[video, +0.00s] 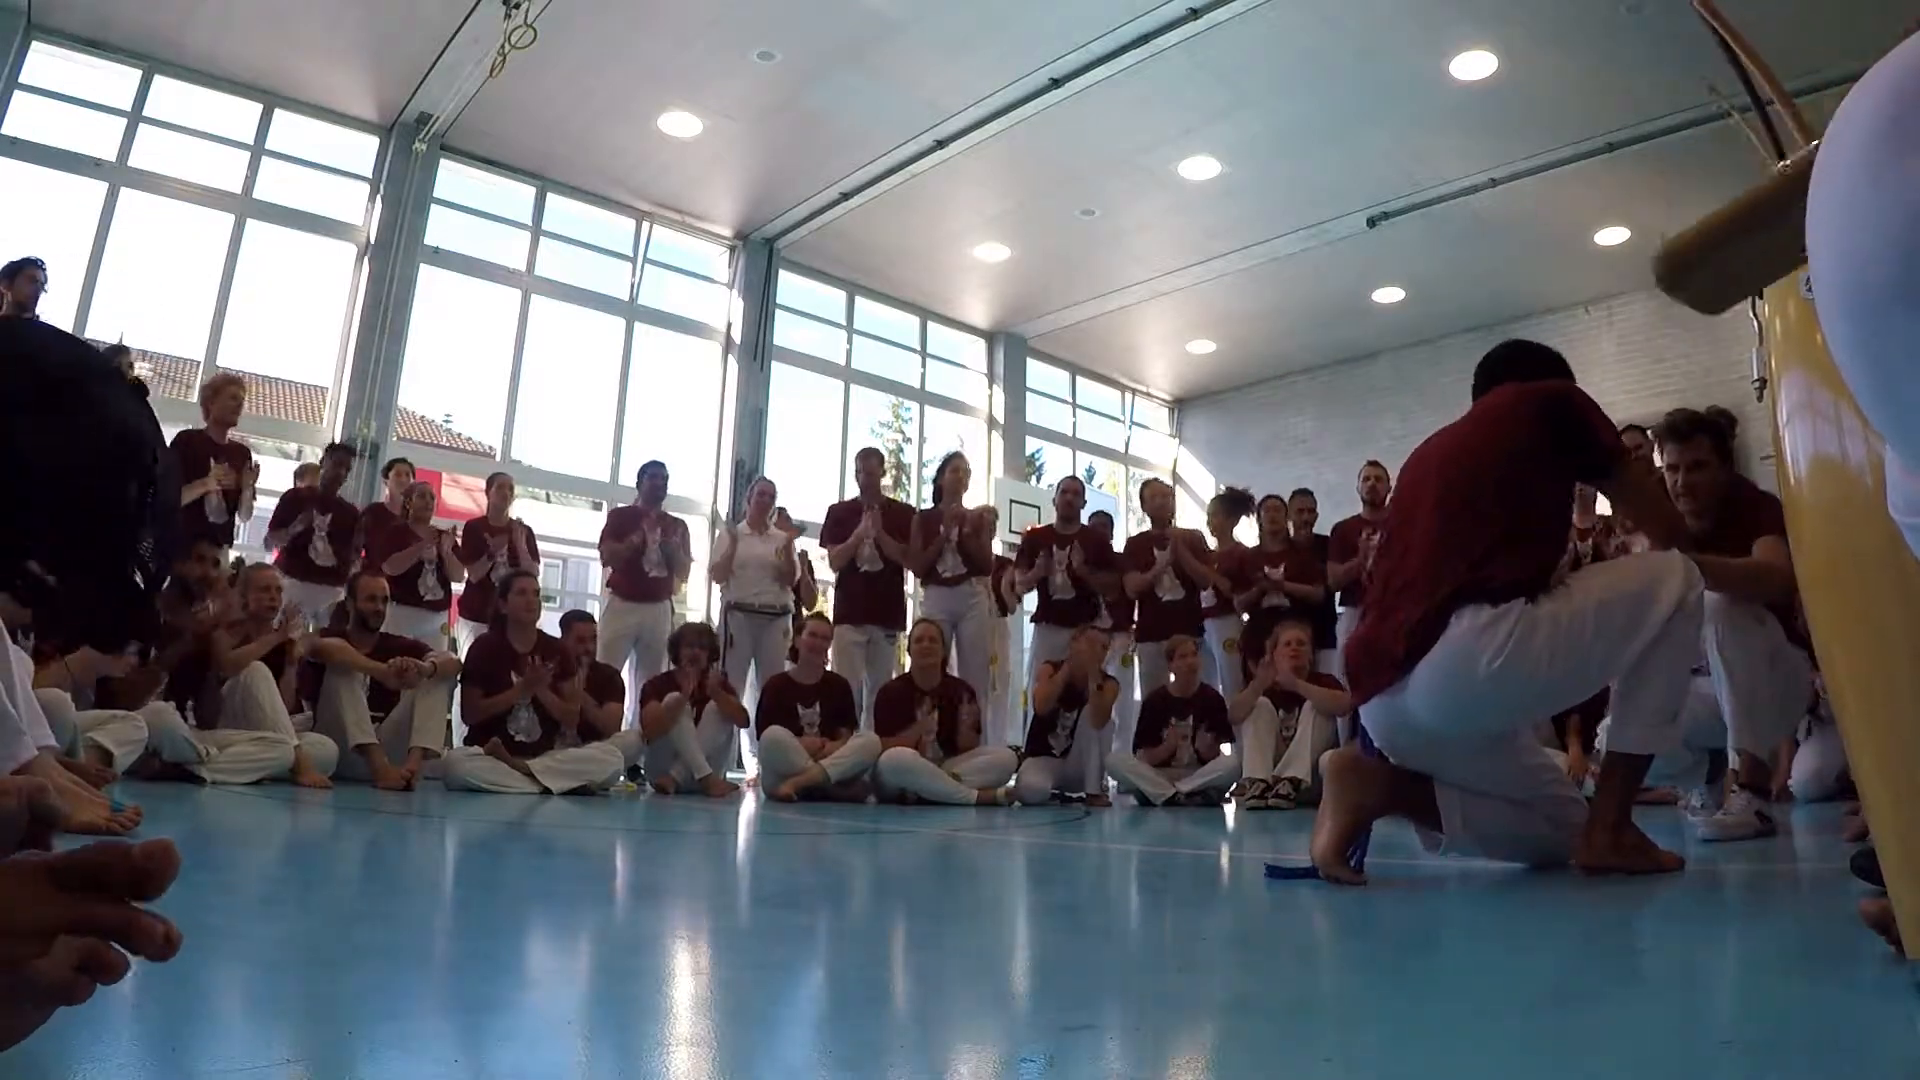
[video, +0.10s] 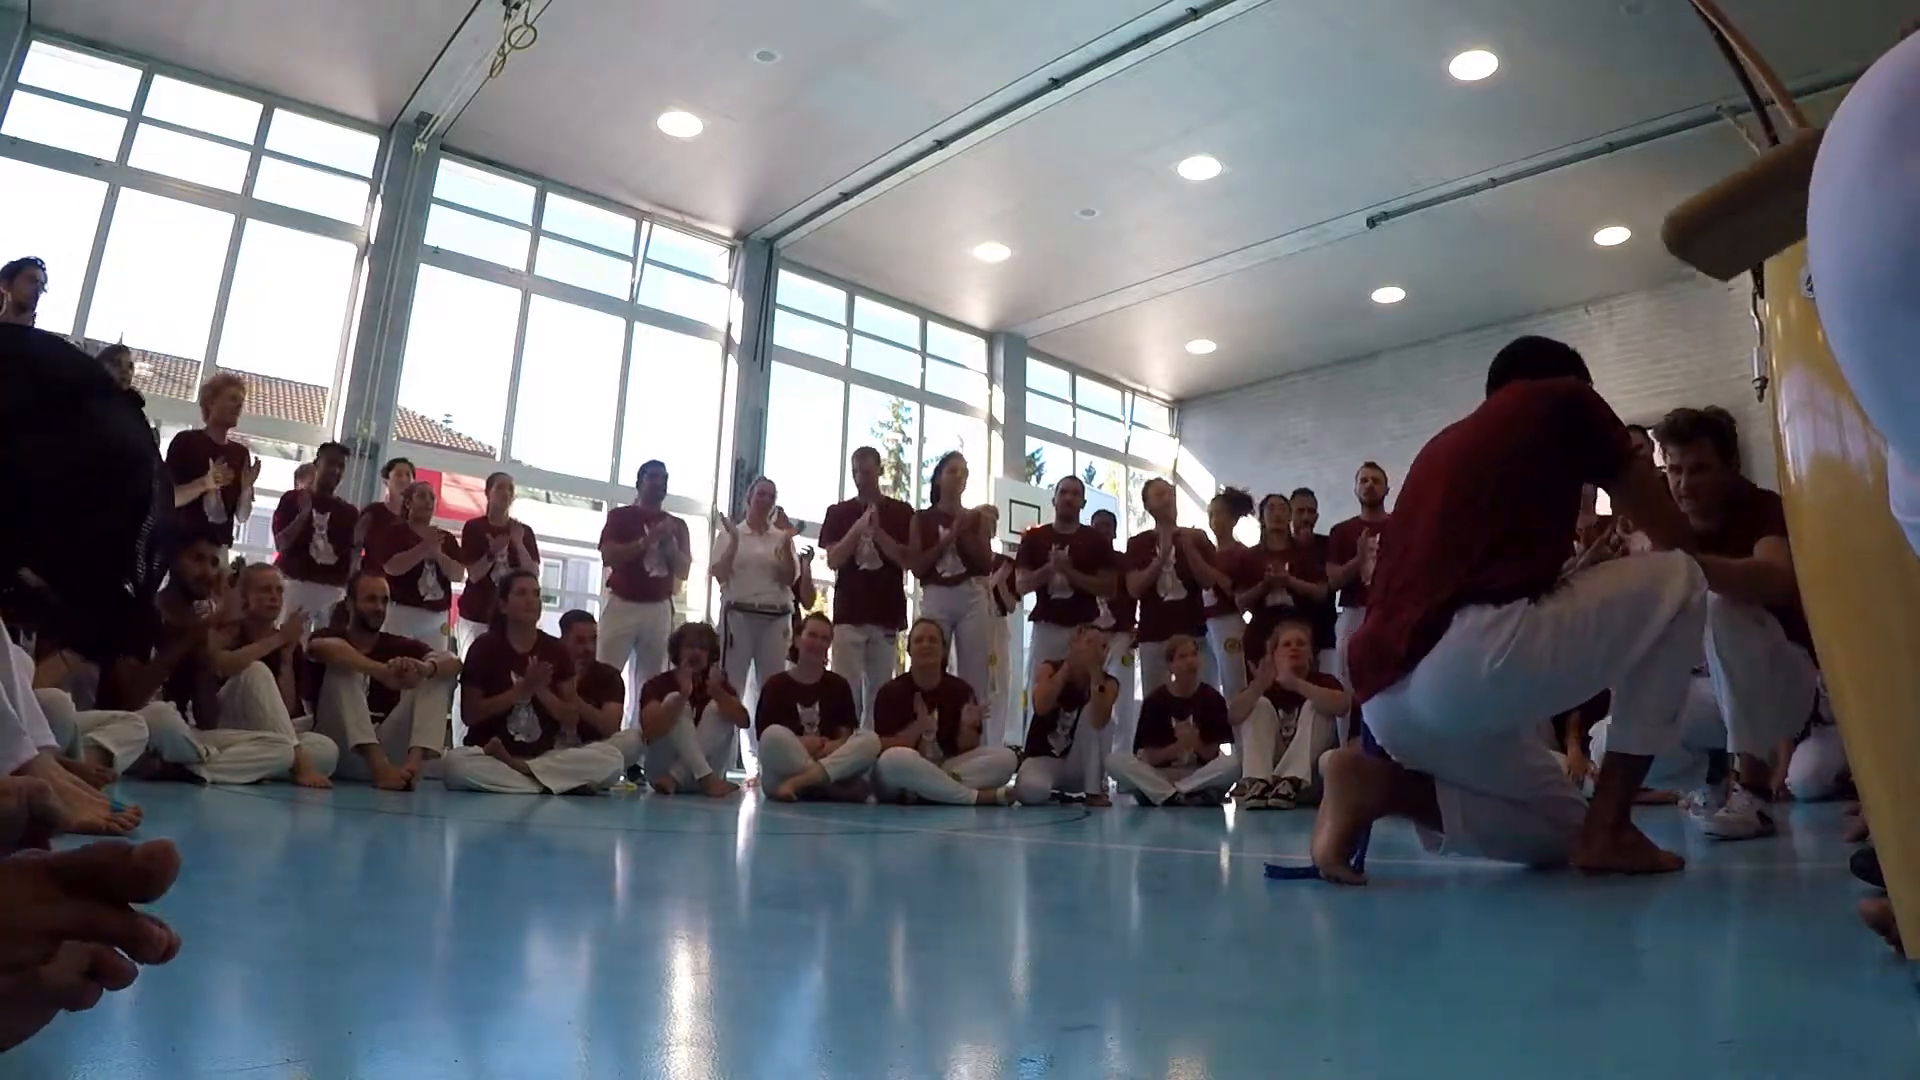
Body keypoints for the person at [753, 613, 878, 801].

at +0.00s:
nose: (818, 643)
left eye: (825, 639)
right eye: (813, 636)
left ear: (830, 645)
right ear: (797, 639)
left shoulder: (839, 685)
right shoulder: (776, 684)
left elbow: (846, 737)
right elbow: (764, 737)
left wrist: (832, 747)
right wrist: (800, 744)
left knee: (871, 741)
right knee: (773, 736)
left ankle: (797, 784)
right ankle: (835, 789)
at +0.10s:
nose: (818, 643)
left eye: (824, 639)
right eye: (812, 635)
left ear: (830, 646)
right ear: (797, 639)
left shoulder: (839, 685)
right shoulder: (776, 684)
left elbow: (846, 736)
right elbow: (764, 736)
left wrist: (832, 747)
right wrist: (801, 744)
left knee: (870, 741)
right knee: (773, 736)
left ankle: (796, 784)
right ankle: (835, 789)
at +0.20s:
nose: (817, 642)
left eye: (824, 638)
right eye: (811, 635)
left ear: (829, 645)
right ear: (796, 639)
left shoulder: (838, 685)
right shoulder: (775, 684)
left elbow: (848, 735)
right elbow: (764, 737)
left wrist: (831, 745)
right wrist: (801, 742)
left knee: (869, 736)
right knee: (774, 734)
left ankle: (795, 784)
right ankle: (835, 790)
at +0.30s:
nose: (817, 642)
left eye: (824, 638)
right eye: (811, 635)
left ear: (829, 645)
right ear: (796, 639)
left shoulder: (838, 685)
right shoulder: (775, 684)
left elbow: (847, 735)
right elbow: (765, 737)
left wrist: (832, 742)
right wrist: (802, 741)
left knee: (867, 735)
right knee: (775, 731)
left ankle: (795, 784)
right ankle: (836, 789)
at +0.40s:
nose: (817, 642)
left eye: (824, 638)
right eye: (811, 635)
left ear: (829, 645)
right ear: (796, 639)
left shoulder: (837, 685)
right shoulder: (774, 684)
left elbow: (848, 733)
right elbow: (764, 736)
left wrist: (826, 736)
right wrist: (801, 731)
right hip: (783, 776)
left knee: (865, 732)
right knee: (776, 728)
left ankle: (796, 784)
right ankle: (836, 789)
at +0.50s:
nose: (817, 644)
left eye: (823, 640)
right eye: (811, 636)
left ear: (828, 646)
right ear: (796, 639)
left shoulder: (836, 685)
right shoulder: (774, 683)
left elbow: (848, 731)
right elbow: (764, 733)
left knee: (863, 729)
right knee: (778, 723)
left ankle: (795, 784)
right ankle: (837, 788)